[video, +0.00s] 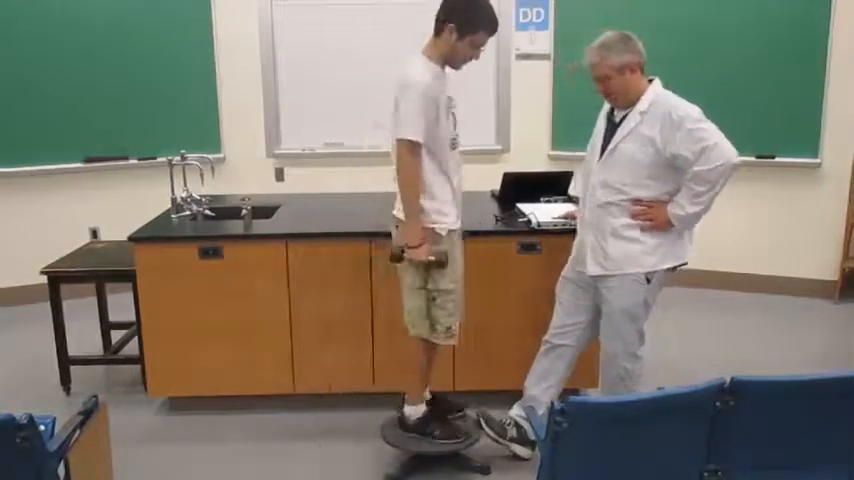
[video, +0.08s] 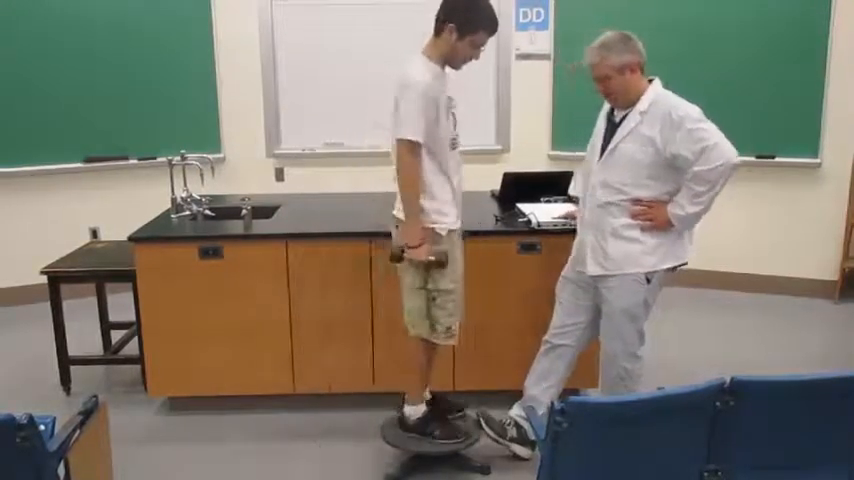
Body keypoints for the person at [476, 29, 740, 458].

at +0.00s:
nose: (600, 89)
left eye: (604, 80)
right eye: (596, 81)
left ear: (632, 70)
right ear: (617, 74)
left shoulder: (671, 112)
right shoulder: (610, 112)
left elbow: (720, 158)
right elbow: (599, 169)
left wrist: (676, 212)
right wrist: (587, 205)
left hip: (634, 257)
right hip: (591, 249)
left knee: (621, 356)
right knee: (562, 338)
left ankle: (614, 441)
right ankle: (529, 424)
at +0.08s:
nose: (600, 89)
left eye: (604, 79)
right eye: (596, 80)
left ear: (632, 70)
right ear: (616, 74)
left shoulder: (671, 112)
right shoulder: (611, 111)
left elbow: (720, 158)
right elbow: (598, 168)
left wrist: (676, 212)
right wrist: (586, 204)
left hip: (634, 256)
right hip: (591, 249)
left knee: (621, 356)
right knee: (562, 337)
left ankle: (615, 439)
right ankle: (529, 422)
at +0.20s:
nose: (602, 88)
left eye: (608, 78)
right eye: (599, 79)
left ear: (638, 70)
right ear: (625, 73)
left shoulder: (675, 114)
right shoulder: (614, 111)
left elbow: (723, 161)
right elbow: (615, 174)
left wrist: (678, 215)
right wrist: (592, 211)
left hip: (633, 258)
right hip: (590, 250)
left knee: (620, 360)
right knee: (561, 338)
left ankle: (618, 443)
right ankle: (528, 424)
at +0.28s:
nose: (602, 88)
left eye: (608, 78)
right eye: (599, 79)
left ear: (638, 70)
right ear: (625, 73)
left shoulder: (675, 114)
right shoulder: (614, 112)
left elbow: (723, 161)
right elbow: (615, 174)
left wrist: (677, 214)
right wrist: (592, 211)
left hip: (633, 258)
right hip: (590, 250)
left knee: (619, 360)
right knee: (561, 338)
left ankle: (618, 443)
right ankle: (528, 425)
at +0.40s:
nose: (605, 88)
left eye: (610, 78)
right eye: (602, 79)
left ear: (641, 71)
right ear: (629, 73)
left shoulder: (679, 115)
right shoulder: (619, 111)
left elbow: (726, 164)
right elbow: (616, 174)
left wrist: (679, 216)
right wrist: (594, 212)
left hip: (634, 260)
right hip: (591, 251)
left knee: (619, 360)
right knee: (561, 338)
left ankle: (619, 445)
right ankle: (527, 424)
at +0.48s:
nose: (605, 88)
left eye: (610, 78)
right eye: (602, 79)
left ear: (641, 71)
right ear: (629, 73)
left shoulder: (679, 115)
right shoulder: (619, 111)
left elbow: (726, 164)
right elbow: (616, 174)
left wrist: (679, 216)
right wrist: (595, 213)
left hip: (634, 260)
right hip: (591, 251)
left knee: (619, 360)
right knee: (561, 338)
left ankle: (619, 445)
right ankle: (527, 424)